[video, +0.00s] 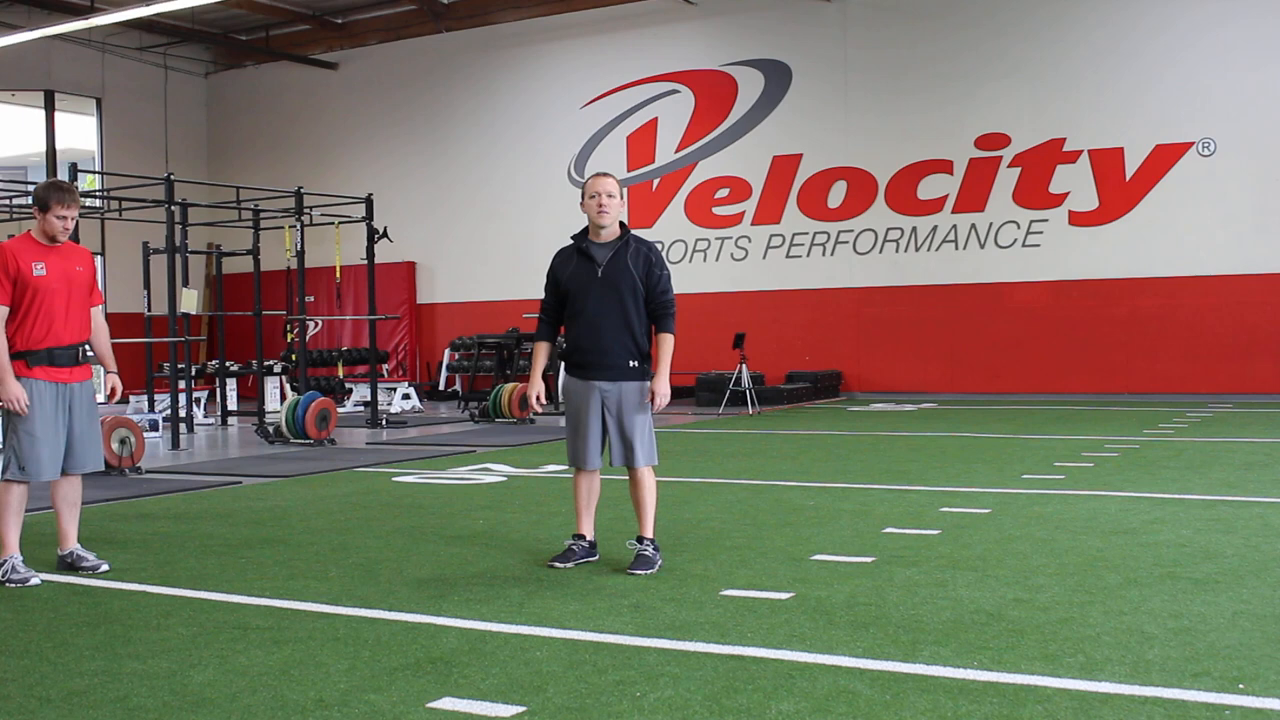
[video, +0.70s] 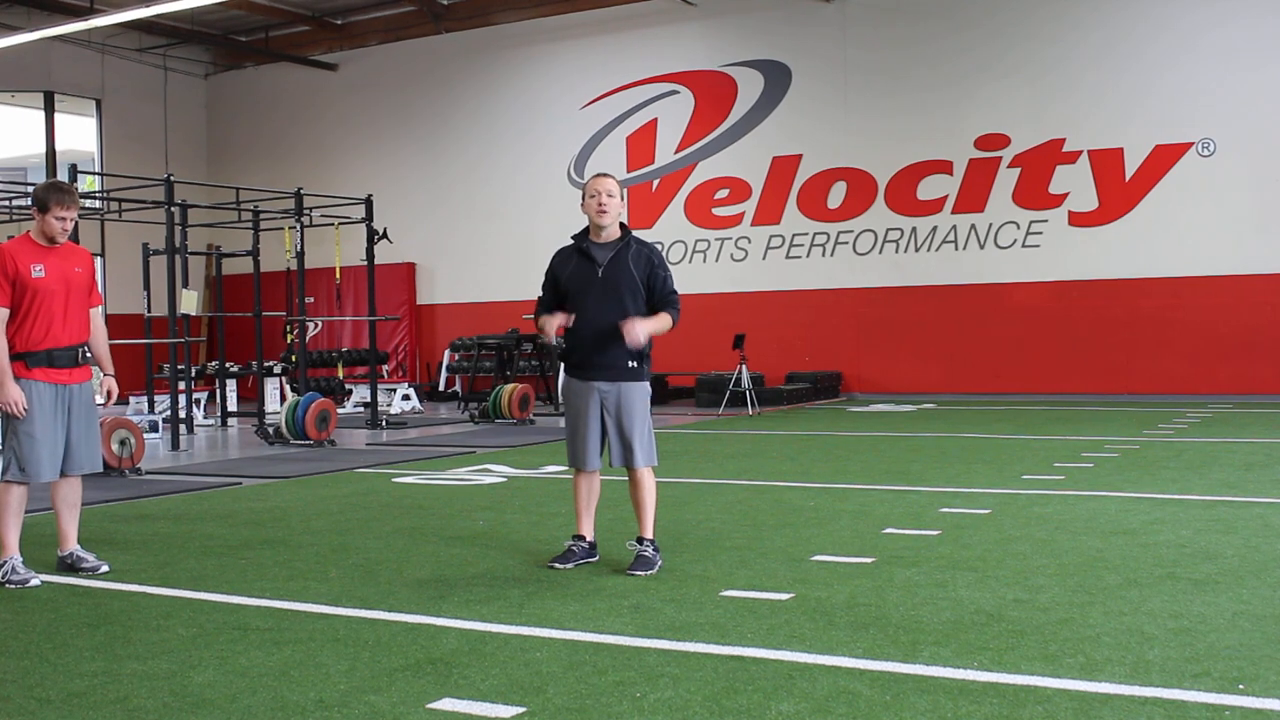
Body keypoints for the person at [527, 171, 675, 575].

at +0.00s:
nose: (602, 202)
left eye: (610, 196)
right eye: (594, 196)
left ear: (622, 205)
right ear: (583, 205)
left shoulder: (646, 255)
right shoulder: (565, 258)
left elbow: (665, 316)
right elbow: (547, 321)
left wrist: (662, 375)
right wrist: (535, 377)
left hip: (631, 381)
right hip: (579, 380)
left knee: (639, 464)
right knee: (584, 463)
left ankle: (646, 543)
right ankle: (584, 541)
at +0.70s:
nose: (602, 201)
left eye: (609, 196)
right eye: (594, 196)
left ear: (622, 204)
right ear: (583, 205)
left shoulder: (646, 255)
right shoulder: (565, 258)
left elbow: (670, 311)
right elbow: (543, 312)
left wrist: (646, 326)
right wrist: (549, 322)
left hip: (629, 379)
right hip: (579, 377)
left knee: (639, 463)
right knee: (584, 463)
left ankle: (647, 544)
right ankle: (584, 542)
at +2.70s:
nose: (589, 203)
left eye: (598, 197)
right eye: (586, 197)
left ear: (621, 207)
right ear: (583, 204)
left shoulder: (647, 257)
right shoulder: (563, 258)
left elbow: (667, 317)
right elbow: (543, 313)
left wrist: (675, 372)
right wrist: (563, 293)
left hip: (631, 379)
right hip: (580, 378)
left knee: (639, 463)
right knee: (584, 463)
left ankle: (646, 544)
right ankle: (583, 542)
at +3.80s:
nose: (594, 203)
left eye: (602, 197)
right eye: (590, 198)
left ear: (624, 204)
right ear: (586, 206)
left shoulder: (650, 257)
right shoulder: (571, 257)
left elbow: (670, 320)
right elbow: (534, 302)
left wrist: (671, 376)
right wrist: (510, 270)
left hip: (630, 379)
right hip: (580, 378)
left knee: (638, 463)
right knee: (584, 464)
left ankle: (646, 544)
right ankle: (583, 542)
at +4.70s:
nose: (594, 204)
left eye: (602, 197)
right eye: (588, 199)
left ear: (622, 204)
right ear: (583, 208)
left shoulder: (649, 255)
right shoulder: (570, 257)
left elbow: (673, 312)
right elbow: (539, 309)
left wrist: (654, 335)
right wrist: (528, 296)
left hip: (632, 379)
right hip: (582, 377)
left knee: (639, 463)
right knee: (585, 462)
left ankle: (646, 544)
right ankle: (583, 542)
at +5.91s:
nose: (593, 209)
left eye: (601, 202)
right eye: (588, 204)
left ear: (622, 206)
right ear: (583, 210)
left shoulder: (652, 255)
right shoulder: (570, 257)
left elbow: (677, 316)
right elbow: (547, 318)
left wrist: (648, 298)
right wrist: (561, 287)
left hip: (634, 379)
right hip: (583, 378)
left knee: (640, 463)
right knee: (585, 463)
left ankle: (647, 544)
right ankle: (584, 542)